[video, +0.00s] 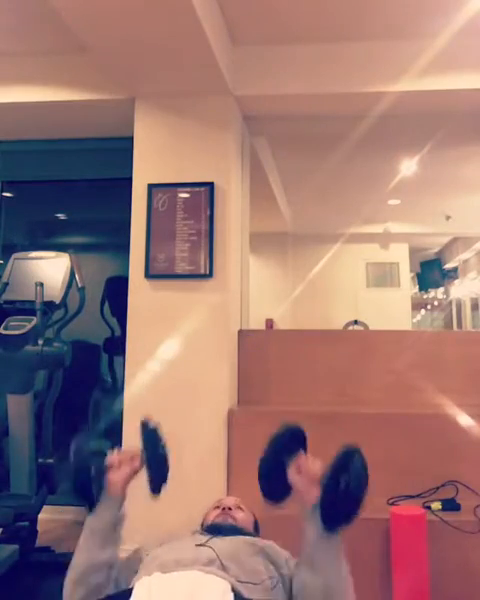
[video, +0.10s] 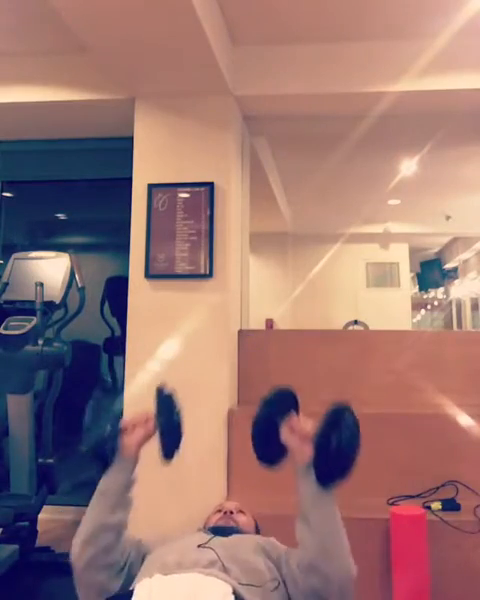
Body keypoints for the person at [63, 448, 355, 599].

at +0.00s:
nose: (226, 506)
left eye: (238, 508)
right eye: (218, 506)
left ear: (255, 530)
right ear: (199, 524)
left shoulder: (271, 553)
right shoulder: (156, 550)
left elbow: (324, 594)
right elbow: (83, 592)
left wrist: (315, 509)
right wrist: (112, 496)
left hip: (223, 589)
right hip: (150, 586)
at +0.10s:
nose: (227, 513)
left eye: (238, 514)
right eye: (218, 512)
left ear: (258, 533)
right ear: (201, 527)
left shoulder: (273, 553)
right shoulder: (156, 552)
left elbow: (332, 581)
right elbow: (92, 565)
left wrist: (307, 468)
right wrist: (124, 461)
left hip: (227, 591)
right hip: (154, 588)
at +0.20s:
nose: (228, 513)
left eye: (240, 515)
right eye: (220, 512)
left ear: (259, 533)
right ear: (204, 527)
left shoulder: (275, 553)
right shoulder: (153, 547)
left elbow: (319, 535)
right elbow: (110, 517)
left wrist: (296, 431)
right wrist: (140, 429)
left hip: (223, 590)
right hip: (152, 587)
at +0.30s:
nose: (233, 515)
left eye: (245, 516)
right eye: (224, 513)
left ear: (262, 532)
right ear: (208, 524)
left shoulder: (282, 563)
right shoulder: (150, 546)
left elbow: (305, 506)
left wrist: (286, 404)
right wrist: (155, 398)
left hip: (220, 589)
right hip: (144, 588)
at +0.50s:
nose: (234, 510)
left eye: (245, 512)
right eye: (226, 509)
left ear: (261, 529)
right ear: (209, 521)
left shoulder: (281, 560)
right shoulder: (155, 546)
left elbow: (301, 502)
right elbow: (142, 486)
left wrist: (284, 407)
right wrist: (159, 403)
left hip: (223, 588)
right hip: (144, 588)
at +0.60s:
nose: (233, 507)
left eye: (244, 509)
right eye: (225, 506)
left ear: (261, 530)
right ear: (208, 522)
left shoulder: (277, 555)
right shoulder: (155, 550)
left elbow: (320, 540)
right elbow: (114, 528)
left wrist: (292, 433)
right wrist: (147, 435)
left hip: (225, 589)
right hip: (154, 588)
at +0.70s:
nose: (232, 504)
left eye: (243, 507)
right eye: (222, 504)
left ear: (261, 529)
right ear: (204, 525)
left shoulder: (273, 550)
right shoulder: (164, 550)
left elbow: (333, 583)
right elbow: (99, 580)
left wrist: (304, 469)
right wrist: (134, 472)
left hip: (230, 590)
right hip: (156, 589)